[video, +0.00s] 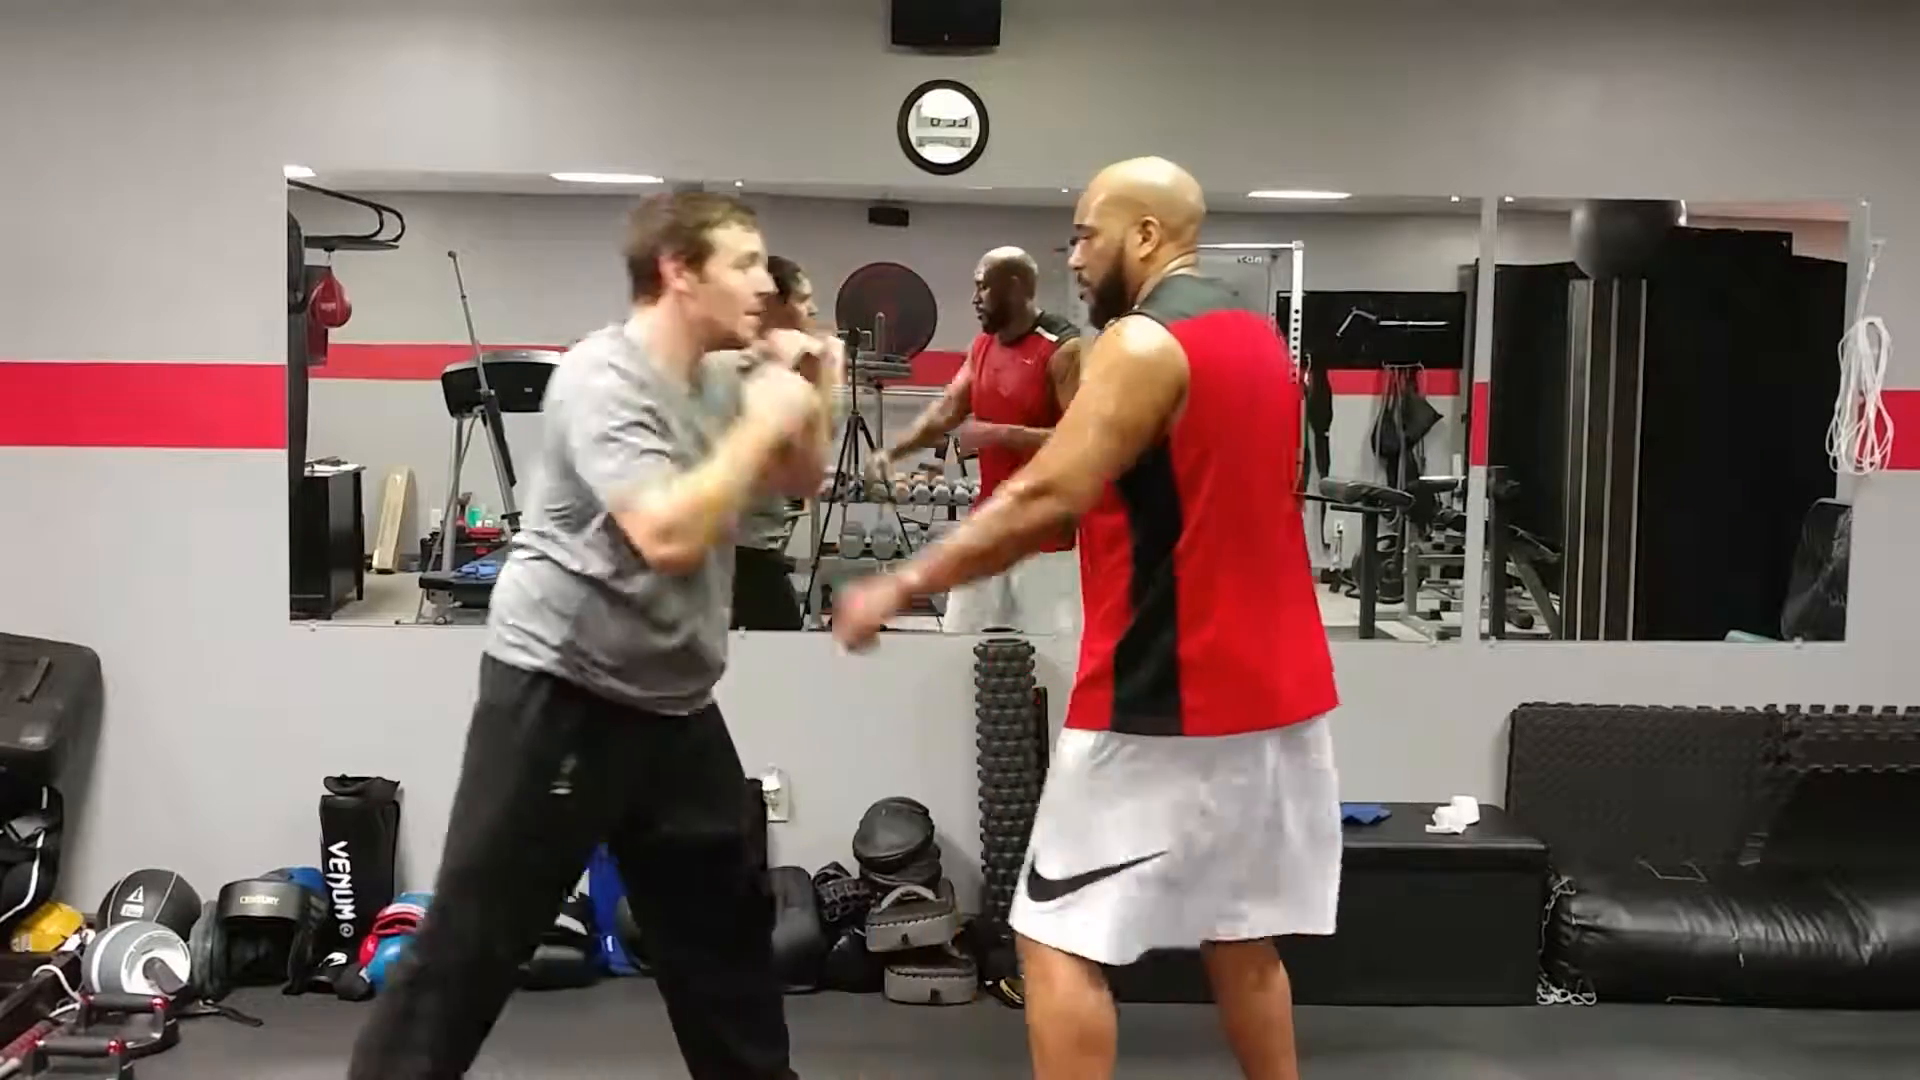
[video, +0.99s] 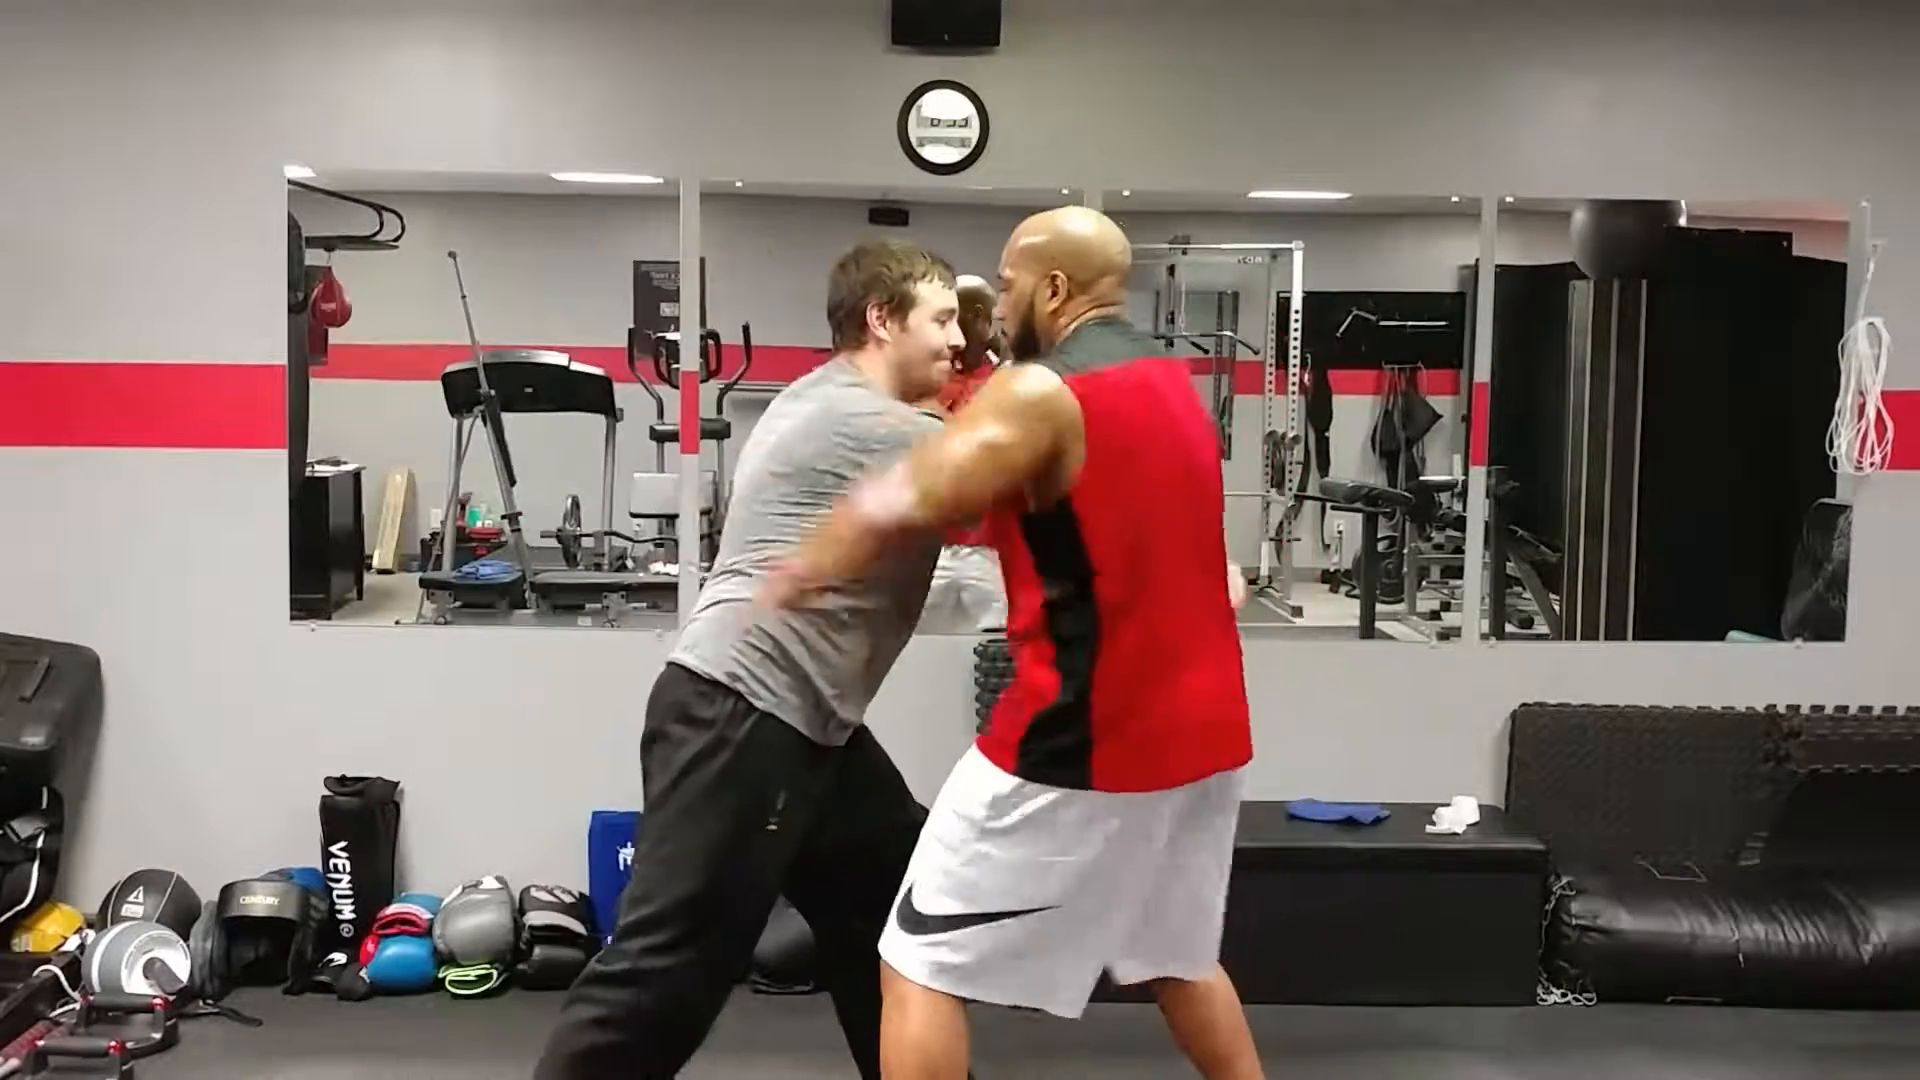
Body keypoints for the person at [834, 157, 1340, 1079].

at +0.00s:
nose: (1075, 259)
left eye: (1087, 238)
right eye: (1076, 239)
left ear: (1148, 236)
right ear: (1173, 240)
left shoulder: (1143, 346)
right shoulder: (1262, 343)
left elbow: (1052, 497)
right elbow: (1213, 502)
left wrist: (902, 583)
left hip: (1153, 695)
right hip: (1275, 689)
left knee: (1056, 936)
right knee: (1240, 932)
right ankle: (1278, 1076)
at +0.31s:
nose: (1100, 244)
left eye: (1115, 225)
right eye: (1102, 225)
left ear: (1181, 230)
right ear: (1195, 233)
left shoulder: (1183, 341)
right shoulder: (1259, 324)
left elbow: (1116, 491)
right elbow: (1227, 491)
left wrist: (961, 492)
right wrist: (1112, 451)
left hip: (1174, 697)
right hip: (1273, 688)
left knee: (1106, 953)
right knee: (1245, 938)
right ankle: (1278, 1079)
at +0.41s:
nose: (1113, 239)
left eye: (1129, 221)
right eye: (1116, 221)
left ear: (1191, 228)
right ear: (1210, 230)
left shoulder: (1161, 334)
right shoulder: (1269, 320)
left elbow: (1008, 420)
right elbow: (1227, 464)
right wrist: (1113, 463)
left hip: (1176, 695)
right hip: (1287, 687)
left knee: (1100, 956)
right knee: (1247, 945)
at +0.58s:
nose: (1105, 245)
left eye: (1119, 227)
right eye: (1109, 225)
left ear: (1179, 235)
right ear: (1201, 237)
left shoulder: (1150, 340)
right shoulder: (1251, 312)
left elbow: (1046, 485)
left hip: (1153, 692)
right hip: (1265, 685)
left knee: (1045, 937)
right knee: (1237, 934)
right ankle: (1278, 1078)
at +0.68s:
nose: (1071, 273)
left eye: (1084, 254)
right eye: (1072, 254)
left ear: (1144, 260)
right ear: (1169, 261)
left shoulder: (1118, 379)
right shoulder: (1225, 347)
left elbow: (1040, 538)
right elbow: (1058, 405)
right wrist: (898, 412)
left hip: (1143, 715)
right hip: (1261, 703)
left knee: (1025, 951)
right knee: (1229, 953)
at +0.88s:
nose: (994, 308)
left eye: (1004, 287)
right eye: (996, 287)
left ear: (1055, 290)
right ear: (1094, 290)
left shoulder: (1075, 405)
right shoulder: (1151, 374)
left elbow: (1025, 586)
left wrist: (972, 572)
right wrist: (993, 407)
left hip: (1106, 732)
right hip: (1221, 718)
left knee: (942, 965)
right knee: (1201, 983)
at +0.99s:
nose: (998, 305)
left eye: (1007, 286)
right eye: (1000, 287)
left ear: (1053, 290)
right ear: (1109, 289)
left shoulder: (1041, 393)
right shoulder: (1170, 378)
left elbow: (890, 506)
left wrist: (806, 570)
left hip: (1070, 736)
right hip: (1202, 727)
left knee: (918, 961)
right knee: (1182, 957)